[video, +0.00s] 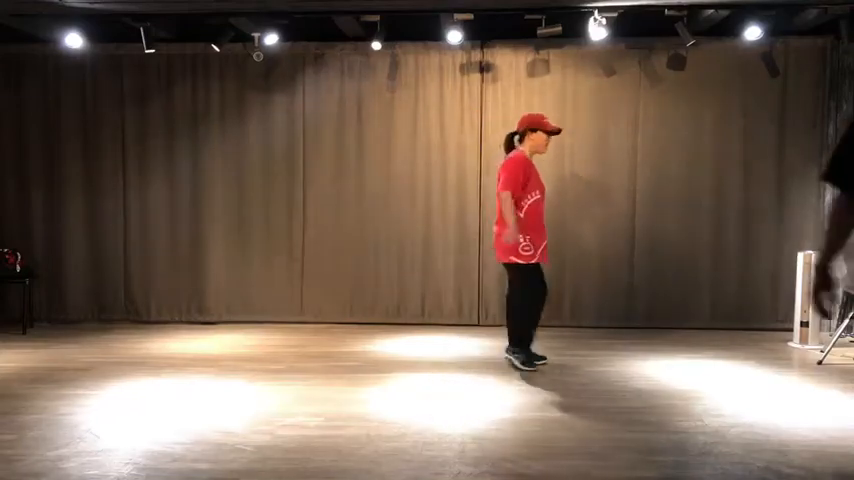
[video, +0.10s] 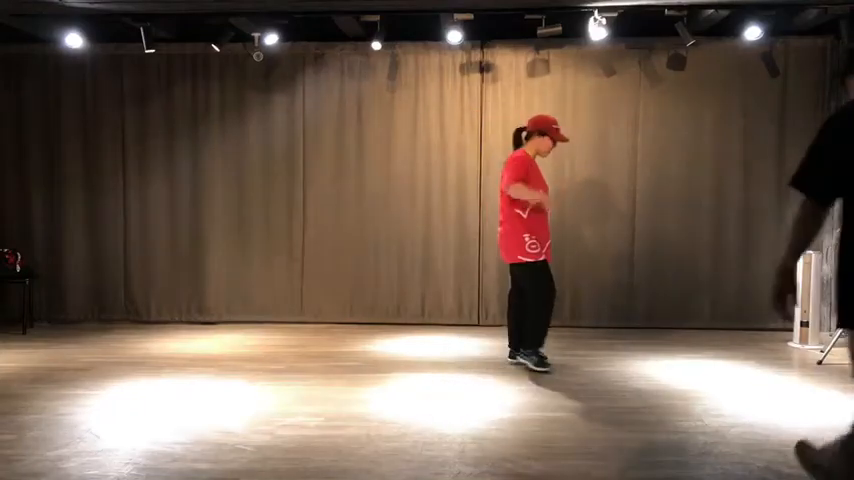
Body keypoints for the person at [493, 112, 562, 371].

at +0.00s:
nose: (548, 142)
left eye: (549, 137)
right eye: (546, 136)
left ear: (532, 137)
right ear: (530, 136)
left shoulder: (526, 162)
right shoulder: (516, 161)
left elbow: (521, 200)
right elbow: (505, 195)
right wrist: (512, 228)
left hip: (526, 244)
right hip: (517, 244)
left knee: (529, 291)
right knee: (532, 290)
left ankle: (522, 345)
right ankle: (517, 347)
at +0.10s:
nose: (553, 147)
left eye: (554, 142)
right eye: (552, 141)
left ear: (539, 138)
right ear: (538, 137)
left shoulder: (527, 161)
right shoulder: (520, 160)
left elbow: (516, 192)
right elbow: (511, 187)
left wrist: (539, 197)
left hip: (525, 243)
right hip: (524, 244)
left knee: (521, 294)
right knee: (544, 292)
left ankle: (518, 347)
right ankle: (530, 348)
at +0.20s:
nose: (560, 150)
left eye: (561, 145)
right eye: (559, 144)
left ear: (545, 139)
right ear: (545, 139)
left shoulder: (531, 162)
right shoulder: (524, 161)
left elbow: (532, 195)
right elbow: (529, 190)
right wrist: (556, 177)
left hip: (528, 245)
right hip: (528, 246)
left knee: (521, 297)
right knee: (546, 300)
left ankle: (518, 348)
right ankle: (548, 354)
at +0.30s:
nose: (566, 147)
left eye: (567, 142)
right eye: (564, 142)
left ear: (548, 138)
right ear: (550, 138)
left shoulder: (536, 162)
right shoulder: (534, 164)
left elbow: (539, 206)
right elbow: (549, 198)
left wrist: (552, 237)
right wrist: (580, 192)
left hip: (532, 246)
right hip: (531, 248)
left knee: (523, 299)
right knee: (545, 303)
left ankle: (518, 350)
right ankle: (559, 357)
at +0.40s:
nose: (572, 146)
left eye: (572, 141)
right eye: (570, 140)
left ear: (552, 138)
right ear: (555, 139)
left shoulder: (540, 164)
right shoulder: (543, 167)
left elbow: (558, 206)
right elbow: (565, 206)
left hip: (537, 249)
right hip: (540, 251)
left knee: (531, 300)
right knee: (548, 306)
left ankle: (519, 350)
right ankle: (561, 359)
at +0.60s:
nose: (583, 148)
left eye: (584, 143)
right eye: (582, 143)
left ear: (565, 139)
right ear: (568, 140)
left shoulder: (557, 163)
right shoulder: (553, 166)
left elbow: (557, 209)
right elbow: (551, 211)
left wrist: (569, 244)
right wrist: (562, 247)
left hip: (560, 248)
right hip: (554, 249)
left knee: (558, 300)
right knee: (560, 304)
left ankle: (533, 341)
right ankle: (561, 360)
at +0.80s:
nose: (590, 146)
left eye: (592, 141)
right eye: (587, 140)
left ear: (576, 138)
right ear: (572, 137)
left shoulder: (577, 162)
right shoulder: (561, 166)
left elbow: (579, 204)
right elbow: (563, 208)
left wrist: (584, 240)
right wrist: (562, 243)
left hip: (581, 249)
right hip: (564, 252)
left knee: (589, 294)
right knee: (563, 304)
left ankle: (563, 344)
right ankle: (560, 358)